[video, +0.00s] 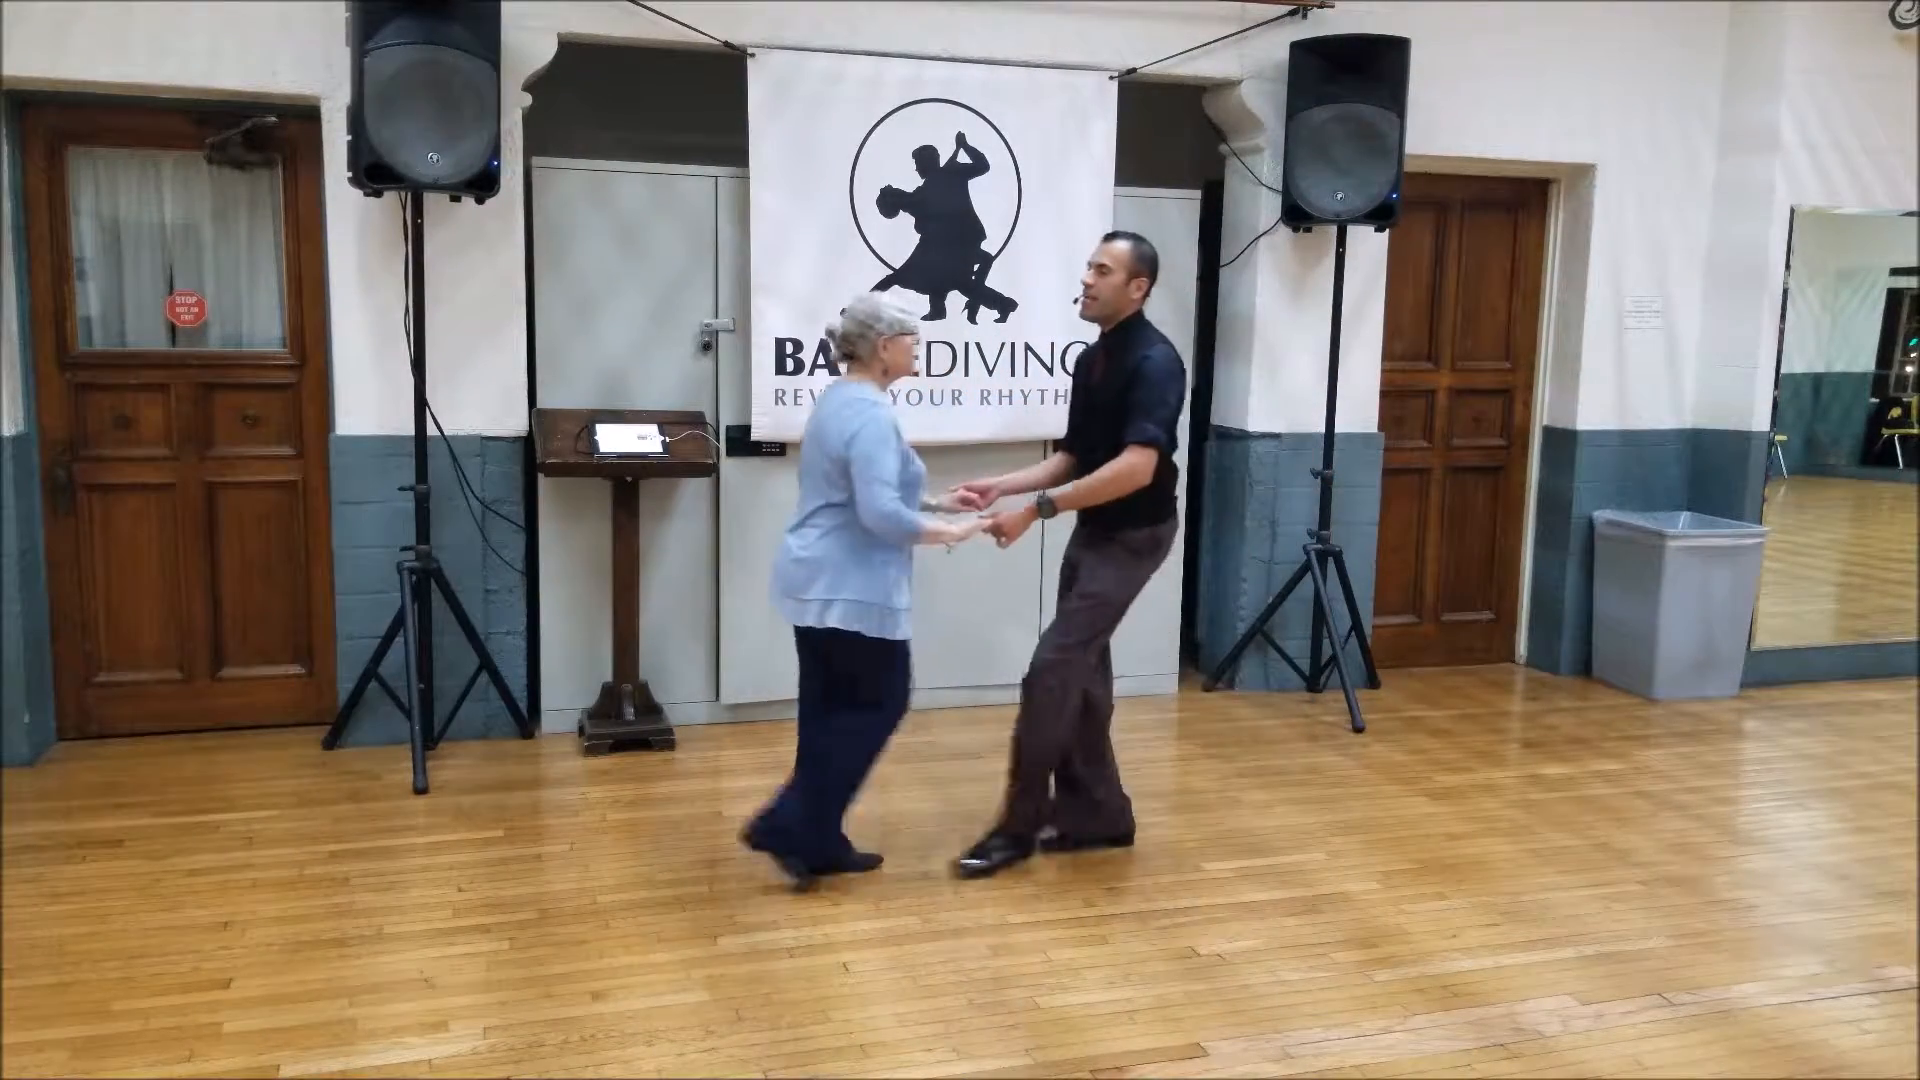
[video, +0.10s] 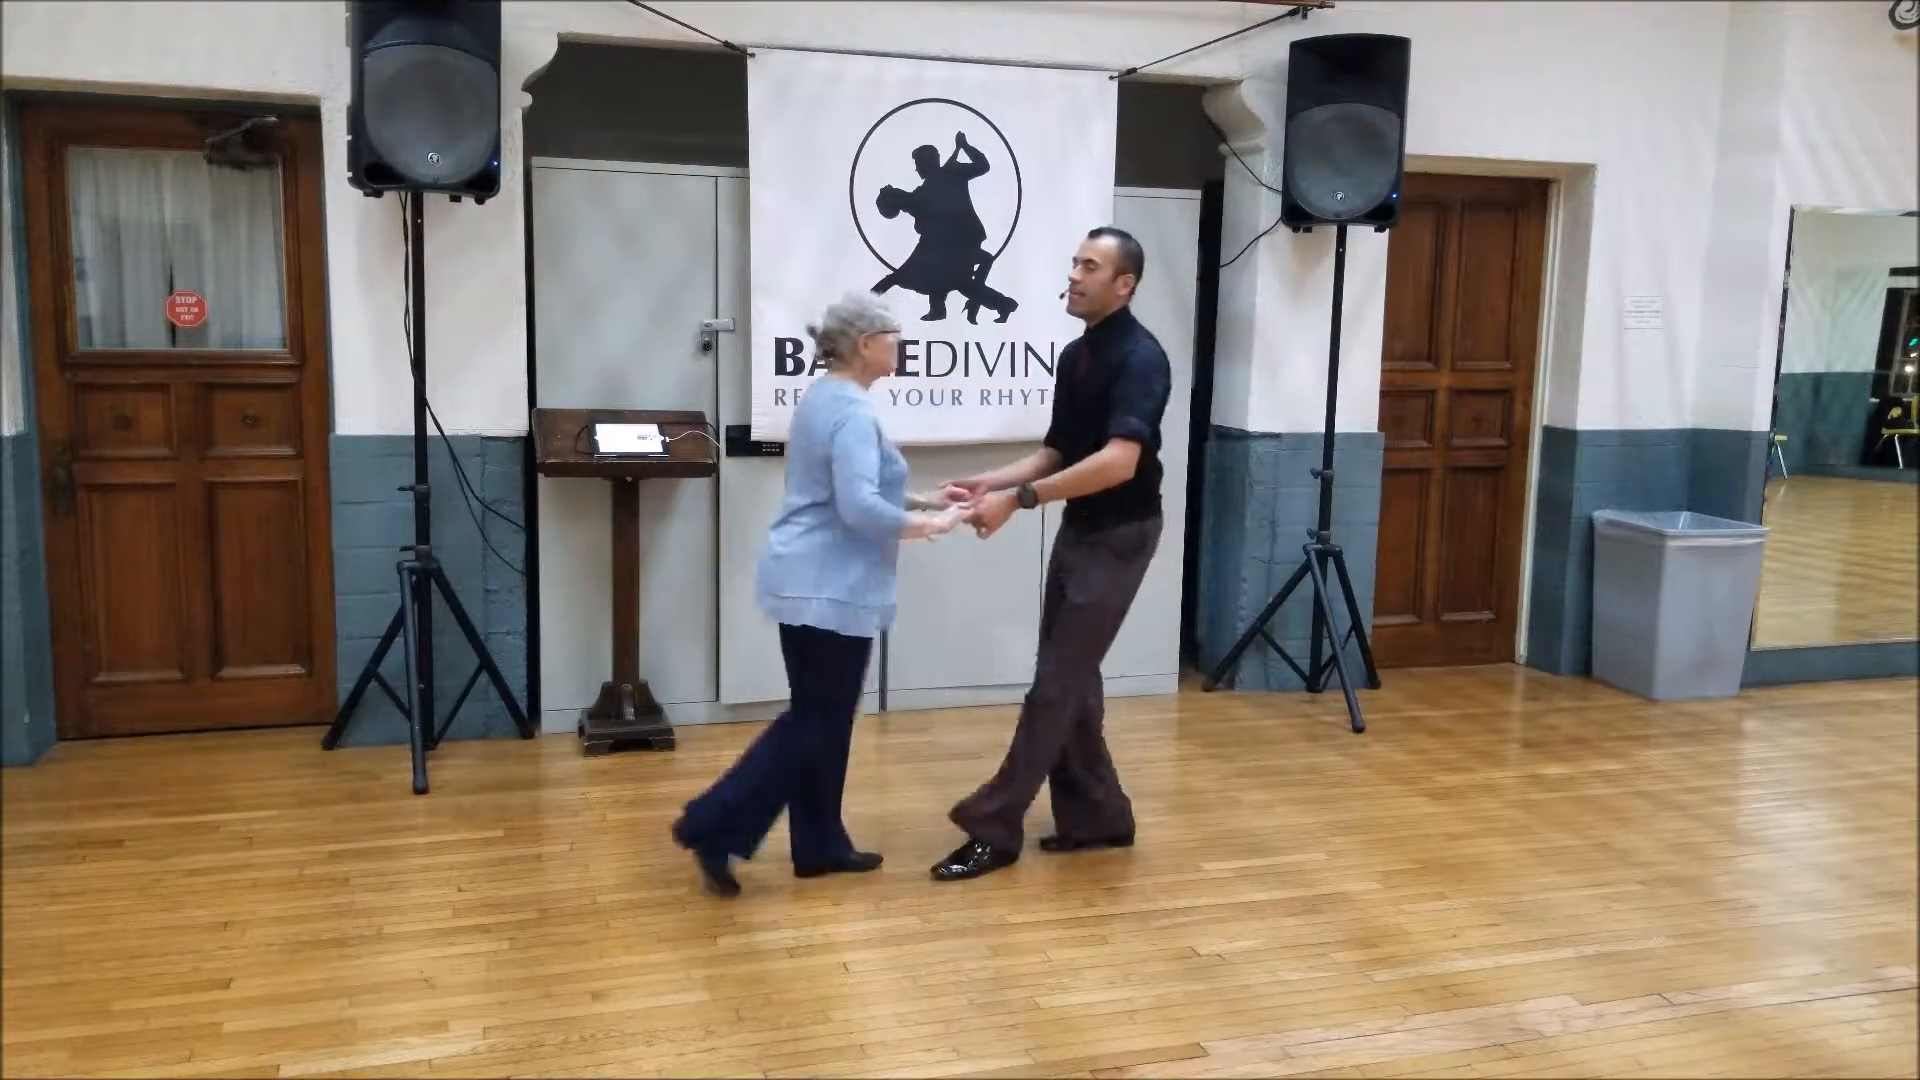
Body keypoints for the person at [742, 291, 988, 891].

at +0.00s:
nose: (917, 350)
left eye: (915, 340)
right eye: (910, 341)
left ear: (869, 347)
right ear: (882, 346)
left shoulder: (835, 403)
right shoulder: (870, 415)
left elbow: (884, 496)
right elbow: (877, 512)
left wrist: (945, 500)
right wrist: (945, 531)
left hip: (815, 582)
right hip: (854, 589)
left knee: (827, 704)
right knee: (883, 702)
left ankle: (820, 837)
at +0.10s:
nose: (899, 347)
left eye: (896, 337)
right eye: (891, 338)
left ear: (850, 347)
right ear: (861, 345)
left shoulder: (822, 400)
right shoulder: (852, 412)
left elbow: (860, 492)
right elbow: (858, 507)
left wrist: (926, 499)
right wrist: (923, 526)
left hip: (808, 580)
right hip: (831, 588)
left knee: (821, 717)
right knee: (819, 721)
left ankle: (821, 847)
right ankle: (714, 827)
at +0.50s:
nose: (872, 353)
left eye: (870, 344)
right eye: (865, 344)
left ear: (829, 351)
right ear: (835, 351)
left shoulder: (796, 406)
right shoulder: (818, 417)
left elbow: (848, 502)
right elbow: (870, 518)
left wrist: (909, 493)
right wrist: (932, 509)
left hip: (812, 594)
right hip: (800, 596)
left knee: (819, 723)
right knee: (770, 724)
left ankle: (785, 848)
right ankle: (685, 847)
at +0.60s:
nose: (876, 351)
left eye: (874, 342)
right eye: (868, 343)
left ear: (827, 351)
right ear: (838, 350)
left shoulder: (795, 405)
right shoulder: (829, 417)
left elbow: (847, 495)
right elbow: (897, 509)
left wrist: (910, 485)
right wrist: (971, 485)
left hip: (794, 586)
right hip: (817, 594)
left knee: (813, 720)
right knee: (826, 722)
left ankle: (788, 846)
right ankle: (720, 827)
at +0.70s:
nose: (885, 348)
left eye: (883, 339)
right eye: (878, 339)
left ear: (834, 346)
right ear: (852, 346)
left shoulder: (799, 403)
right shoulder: (847, 416)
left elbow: (867, 473)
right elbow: (928, 494)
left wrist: (933, 470)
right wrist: (1005, 465)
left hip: (786, 585)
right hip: (837, 591)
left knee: (798, 711)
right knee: (877, 699)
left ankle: (776, 849)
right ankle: (806, 842)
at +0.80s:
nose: (900, 348)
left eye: (898, 338)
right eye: (893, 338)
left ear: (845, 343)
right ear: (864, 343)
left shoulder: (810, 400)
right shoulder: (870, 415)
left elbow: (911, 458)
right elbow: (953, 483)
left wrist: (1000, 451)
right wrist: (1032, 457)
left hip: (795, 586)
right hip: (860, 591)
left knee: (798, 717)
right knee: (897, 707)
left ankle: (781, 852)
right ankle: (889, 847)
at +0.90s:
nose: (913, 352)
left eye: (911, 341)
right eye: (906, 342)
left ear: (858, 346)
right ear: (879, 347)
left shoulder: (823, 403)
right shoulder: (891, 418)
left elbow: (926, 460)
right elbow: (973, 482)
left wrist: (1014, 455)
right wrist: (1050, 458)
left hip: (813, 590)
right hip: (883, 596)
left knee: (808, 724)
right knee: (909, 719)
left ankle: (784, 856)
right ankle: (910, 847)